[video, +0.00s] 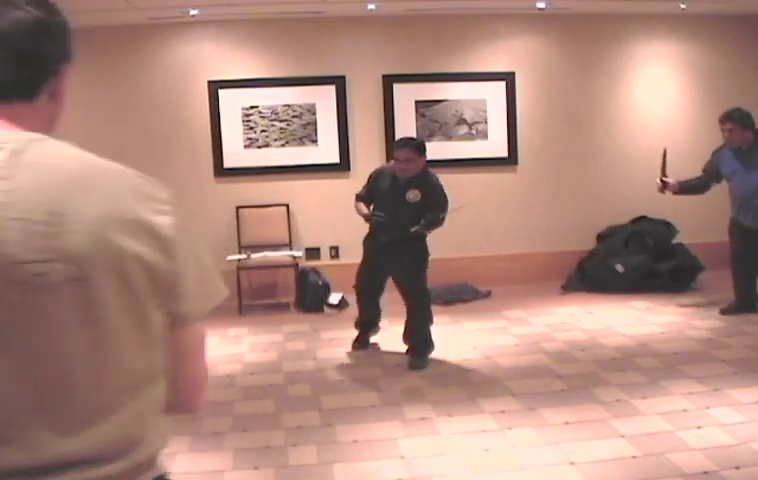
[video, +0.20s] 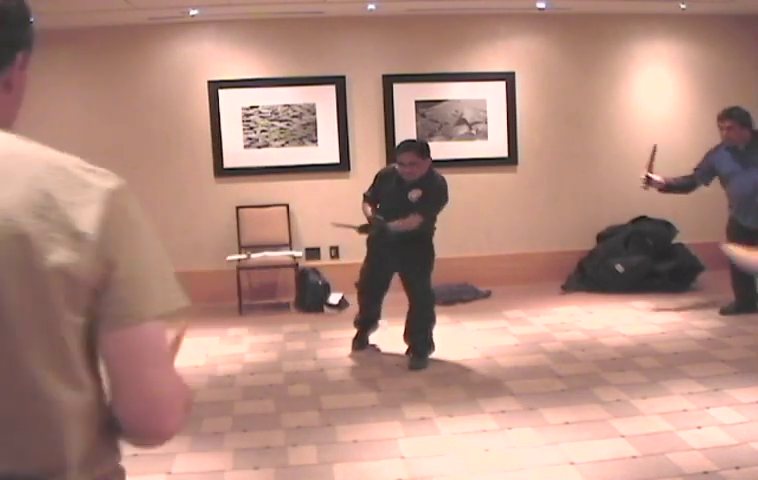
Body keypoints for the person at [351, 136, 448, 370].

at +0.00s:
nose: (401, 165)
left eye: (408, 161)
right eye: (397, 160)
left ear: (422, 161)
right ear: (392, 159)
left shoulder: (429, 183)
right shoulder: (381, 176)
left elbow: (438, 214)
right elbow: (361, 200)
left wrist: (422, 226)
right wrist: (366, 213)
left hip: (409, 246)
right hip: (378, 245)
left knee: (417, 299)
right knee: (365, 289)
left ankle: (419, 349)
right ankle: (366, 329)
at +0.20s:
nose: (406, 170)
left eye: (412, 164)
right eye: (402, 164)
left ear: (427, 163)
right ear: (396, 162)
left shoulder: (436, 185)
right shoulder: (386, 176)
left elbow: (418, 219)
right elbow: (368, 201)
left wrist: (388, 227)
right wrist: (373, 217)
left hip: (415, 245)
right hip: (382, 243)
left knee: (420, 297)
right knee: (368, 288)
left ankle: (419, 349)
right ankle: (364, 327)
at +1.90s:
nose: (396, 171)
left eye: (401, 165)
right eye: (390, 167)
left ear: (407, 160)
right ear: (376, 163)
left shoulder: (417, 178)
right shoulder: (362, 182)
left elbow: (437, 205)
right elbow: (334, 215)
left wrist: (415, 220)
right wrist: (329, 244)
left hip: (411, 246)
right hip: (378, 248)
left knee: (419, 298)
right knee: (380, 302)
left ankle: (421, 346)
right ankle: (381, 350)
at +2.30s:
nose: (401, 171)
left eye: (405, 166)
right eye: (394, 167)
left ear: (411, 161)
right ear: (381, 164)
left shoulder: (421, 178)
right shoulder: (365, 181)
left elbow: (459, 189)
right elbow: (336, 213)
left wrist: (457, 209)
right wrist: (333, 244)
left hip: (412, 247)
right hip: (377, 249)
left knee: (419, 298)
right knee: (379, 302)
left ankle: (421, 346)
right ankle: (380, 351)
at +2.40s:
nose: (403, 172)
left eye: (407, 166)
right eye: (396, 168)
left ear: (412, 161)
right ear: (382, 164)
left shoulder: (422, 178)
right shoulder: (366, 182)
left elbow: (457, 190)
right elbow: (336, 214)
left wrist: (455, 210)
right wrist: (333, 244)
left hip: (412, 247)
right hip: (378, 249)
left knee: (419, 297)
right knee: (380, 302)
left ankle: (421, 346)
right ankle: (380, 350)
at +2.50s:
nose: (405, 172)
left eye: (409, 166)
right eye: (398, 168)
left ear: (414, 161)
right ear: (384, 164)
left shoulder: (422, 177)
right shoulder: (367, 182)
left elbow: (456, 191)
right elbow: (336, 214)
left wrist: (453, 211)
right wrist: (333, 245)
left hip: (413, 247)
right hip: (378, 249)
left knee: (420, 297)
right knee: (381, 301)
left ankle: (421, 346)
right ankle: (380, 350)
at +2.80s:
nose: (406, 170)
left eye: (409, 163)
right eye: (399, 165)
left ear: (414, 160)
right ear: (384, 163)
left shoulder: (421, 178)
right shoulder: (368, 181)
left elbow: (450, 193)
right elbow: (339, 214)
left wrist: (466, 210)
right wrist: (336, 244)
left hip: (413, 246)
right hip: (379, 247)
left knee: (420, 297)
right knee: (381, 301)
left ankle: (421, 346)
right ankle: (380, 350)